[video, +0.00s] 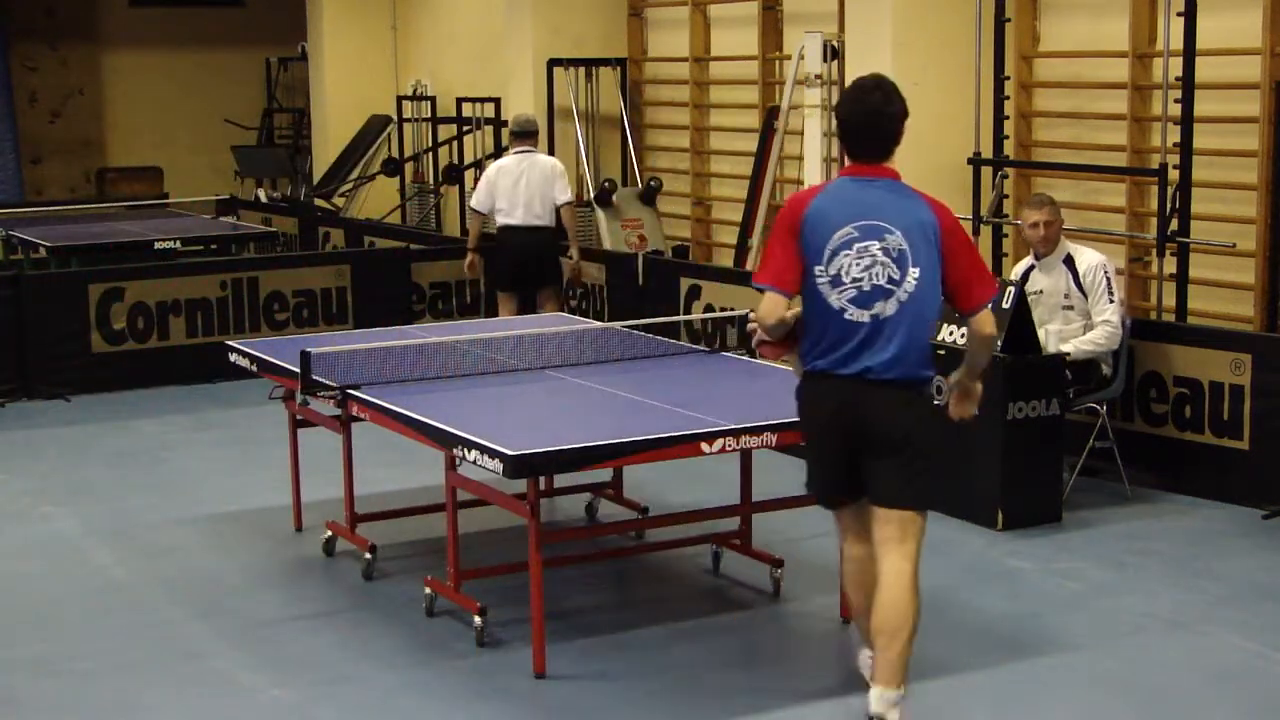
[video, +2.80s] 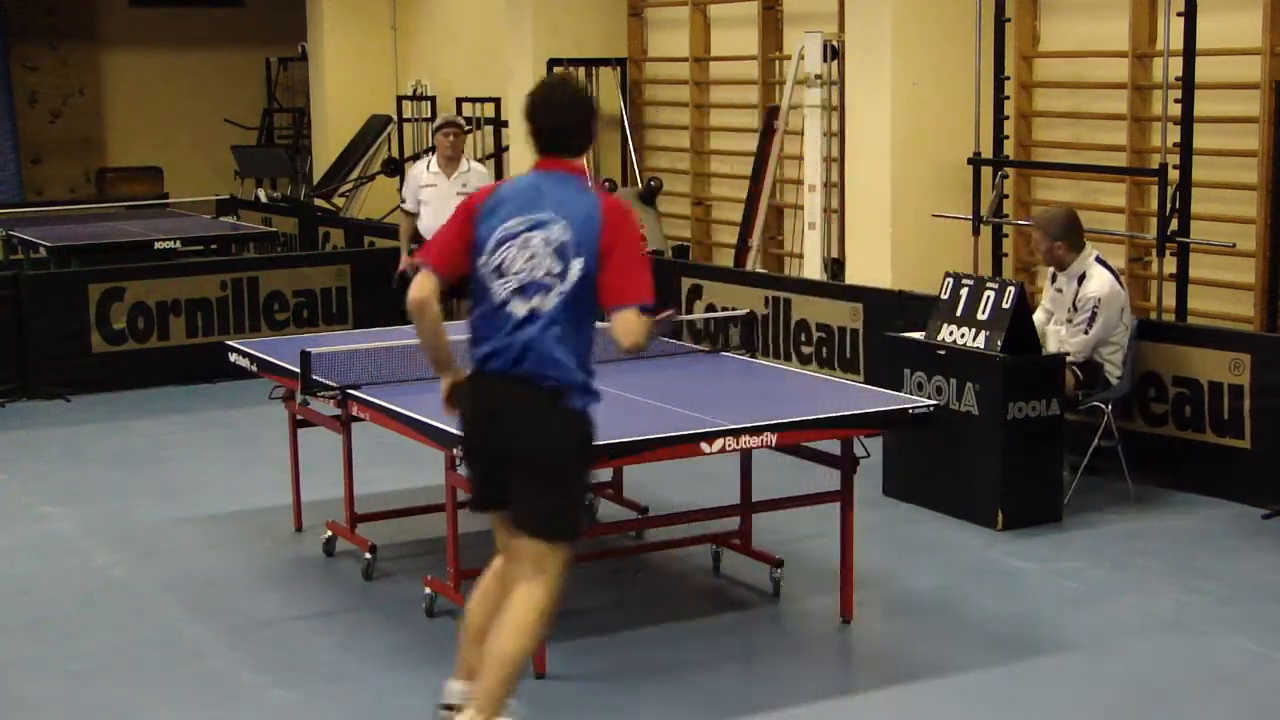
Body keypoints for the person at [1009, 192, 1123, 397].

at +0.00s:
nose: (1042, 233)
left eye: (1049, 224)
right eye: (1034, 226)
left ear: (1061, 225)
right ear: (1022, 232)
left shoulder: (1092, 264)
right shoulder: (1021, 272)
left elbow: (1110, 333)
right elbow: (1009, 329)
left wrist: (1060, 355)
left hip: (1085, 367)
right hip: (1034, 368)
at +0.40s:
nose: (1043, 257)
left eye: (1050, 251)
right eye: (1038, 250)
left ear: (1070, 239)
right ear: (1033, 242)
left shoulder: (1102, 273)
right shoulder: (1034, 271)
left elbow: (1092, 341)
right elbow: (1028, 324)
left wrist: (1051, 368)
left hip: (1088, 367)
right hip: (1043, 363)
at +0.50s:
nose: (1046, 260)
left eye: (1053, 255)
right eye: (1042, 253)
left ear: (1074, 244)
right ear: (1038, 244)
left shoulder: (1104, 277)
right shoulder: (1039, 269)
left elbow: (1082, 348)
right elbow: (1033, 322)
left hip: (1092, 367)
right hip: (1048, 360)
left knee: (1032, 392)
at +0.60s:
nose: (1046, 264)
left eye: (1054, 259)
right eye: (1044, 257)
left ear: (1076, 248)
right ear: (1039, 246)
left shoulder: (1102, 282)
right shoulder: (1044, 268)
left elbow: (1083, 347)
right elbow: (1035, 320)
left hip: (1092, 367)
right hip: (1050, 359)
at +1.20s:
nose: (1043, 280)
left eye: (1051, 274)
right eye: (1040, 273)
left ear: (1071, 265)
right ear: (1037, 262)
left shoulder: (1096, 300)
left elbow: (1071, 360)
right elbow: (1045, 312)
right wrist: (1018, 340)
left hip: (1097, 372)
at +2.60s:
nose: (1035, 264)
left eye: (1039, 259)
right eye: (1035, 259)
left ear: (1063, 253)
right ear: (1062, 253)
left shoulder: (1098, 292)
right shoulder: (1060, 271)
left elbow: (1076, 351)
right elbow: (1041, 321)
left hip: (1103, 369)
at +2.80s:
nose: (1032, 248)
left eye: (1037, 242)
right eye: (1033, 241)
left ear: (1059, 248)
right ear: (1059, 248)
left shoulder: (1099, 289)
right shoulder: (1057, 267)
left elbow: (1076, 351)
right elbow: (1044, 313)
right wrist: (1016, 339)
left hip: (1100, 370)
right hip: (1065, 356)